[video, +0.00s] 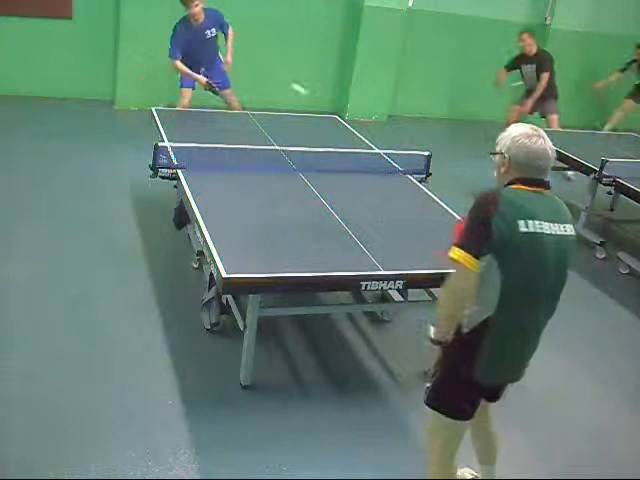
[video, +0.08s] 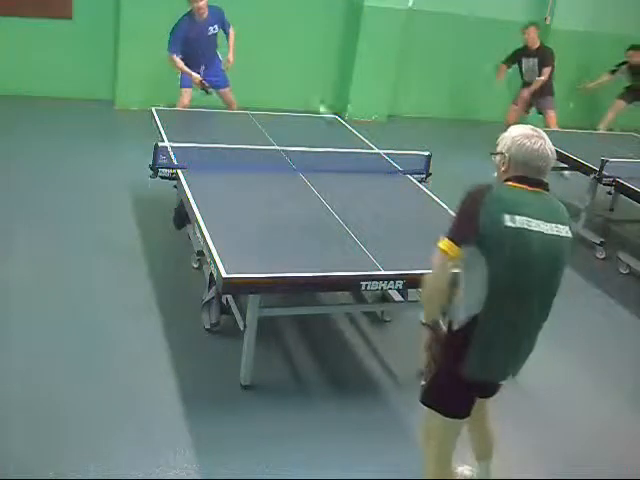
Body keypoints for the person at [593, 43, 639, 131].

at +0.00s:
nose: (637, 57)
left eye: (638, 54)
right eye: (636, 54)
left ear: (638, 54)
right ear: (635, 54)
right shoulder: (634, 62)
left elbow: (619, 74)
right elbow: (618, 74)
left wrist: (602, 84)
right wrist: (602, 84)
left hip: (637, 87)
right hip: (638, 86)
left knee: (626, 106)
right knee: (625, 106)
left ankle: (607, 128)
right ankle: (607, 128)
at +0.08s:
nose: (632, 59)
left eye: (634, 56)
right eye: (629, 56)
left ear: (638, 56)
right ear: (627, 57)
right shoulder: (626, 66)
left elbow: (609, 76)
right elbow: (609, 76)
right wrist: (590, 86)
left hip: (636, 89)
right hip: (634, 89)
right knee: (619, 103)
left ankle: (601, 127)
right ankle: (601, 128)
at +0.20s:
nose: (617, 62)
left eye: (618, 59)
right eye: (614, 60)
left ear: (625, 57)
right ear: (613, 61)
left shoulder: (635, 65)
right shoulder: (614, 69)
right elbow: (600, 80)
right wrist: (584, 91)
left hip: (636, 90)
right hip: (623, 88)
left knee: (636, 119)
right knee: (611, 99)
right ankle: (602, 125)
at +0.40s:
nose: (615, 52)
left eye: (617, 49)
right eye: (613, 50)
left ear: (622, 48)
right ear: (609, 51)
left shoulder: (632, 58)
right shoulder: (610, 61)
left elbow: (638, 76)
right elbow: (602, 78)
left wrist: (628, 84)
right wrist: (594, 93)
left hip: (633, 82)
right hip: (620, 81)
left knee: (618, 105)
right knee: (608, 98)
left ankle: (624, 130)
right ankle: (601, 126)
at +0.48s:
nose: (614, 50)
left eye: (615, 47)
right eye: (612, 48)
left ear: (621, 44)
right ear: (610, 47)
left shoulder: (634, 52)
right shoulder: (612, 56)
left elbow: (638, 73)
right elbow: (611, 73)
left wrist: (623, 82)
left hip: (635, 80)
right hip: (621, 80)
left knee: (616, 101)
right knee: (607, 98)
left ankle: (616, 130)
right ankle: (600, 128)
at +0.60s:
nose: (613, 44)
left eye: (613, 41)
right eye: (612, 42)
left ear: (618, 37)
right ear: (617, 38)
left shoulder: (632, 49)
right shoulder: (622, 49)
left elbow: (632, 74)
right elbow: (621, 72)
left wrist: (615, 87)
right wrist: (615, 88)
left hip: (634, 81)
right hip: (626, 79)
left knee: (615, 103)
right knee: (609, 102)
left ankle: (614, 131)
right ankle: (602, 128)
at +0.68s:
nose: (613, 40)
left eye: (614, 37)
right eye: (612, 37)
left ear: (620, 35)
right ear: (622, 35)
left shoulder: (630, 48)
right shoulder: (629, 45)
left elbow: (629, 72)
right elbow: (627, 72)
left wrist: (616, 88)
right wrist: (617, 87)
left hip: (636, 78)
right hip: (634, 77)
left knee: (615, 102)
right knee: (614, 101)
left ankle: (612, 131)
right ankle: (606, 129)